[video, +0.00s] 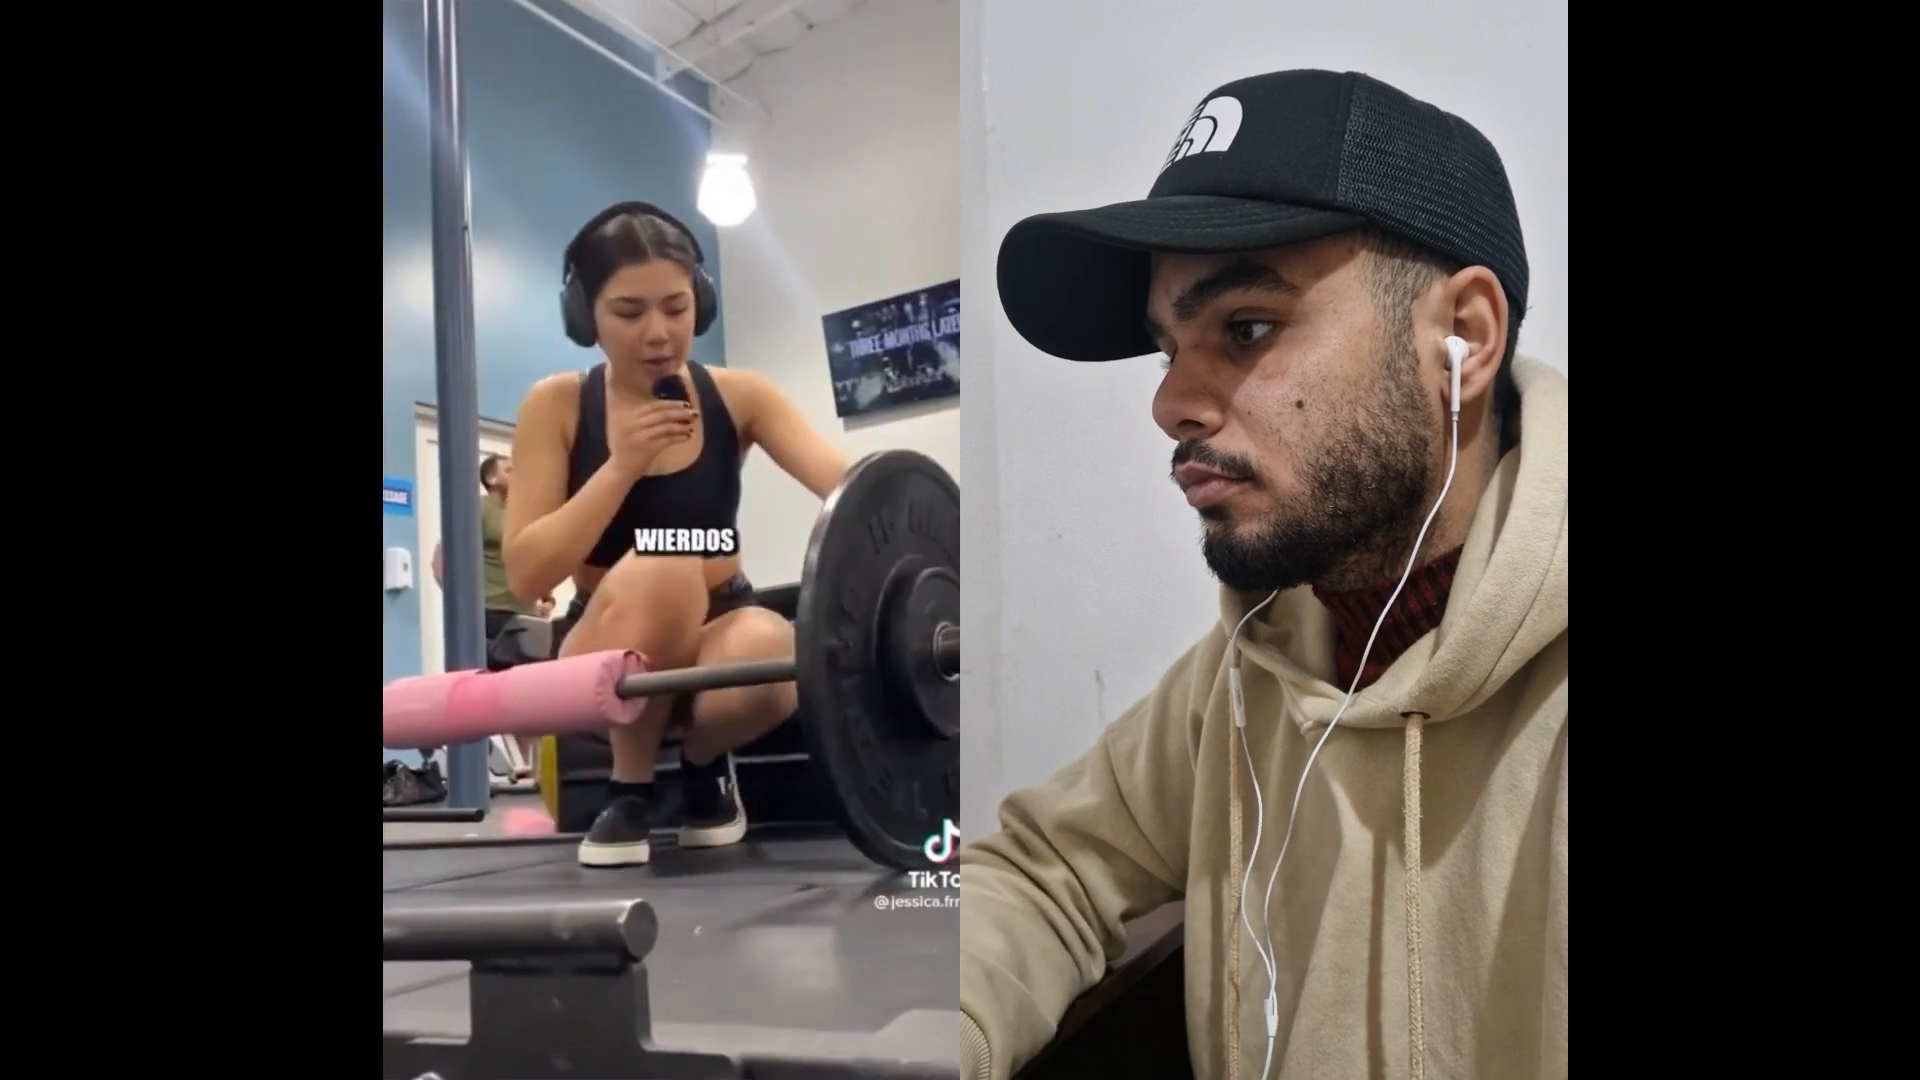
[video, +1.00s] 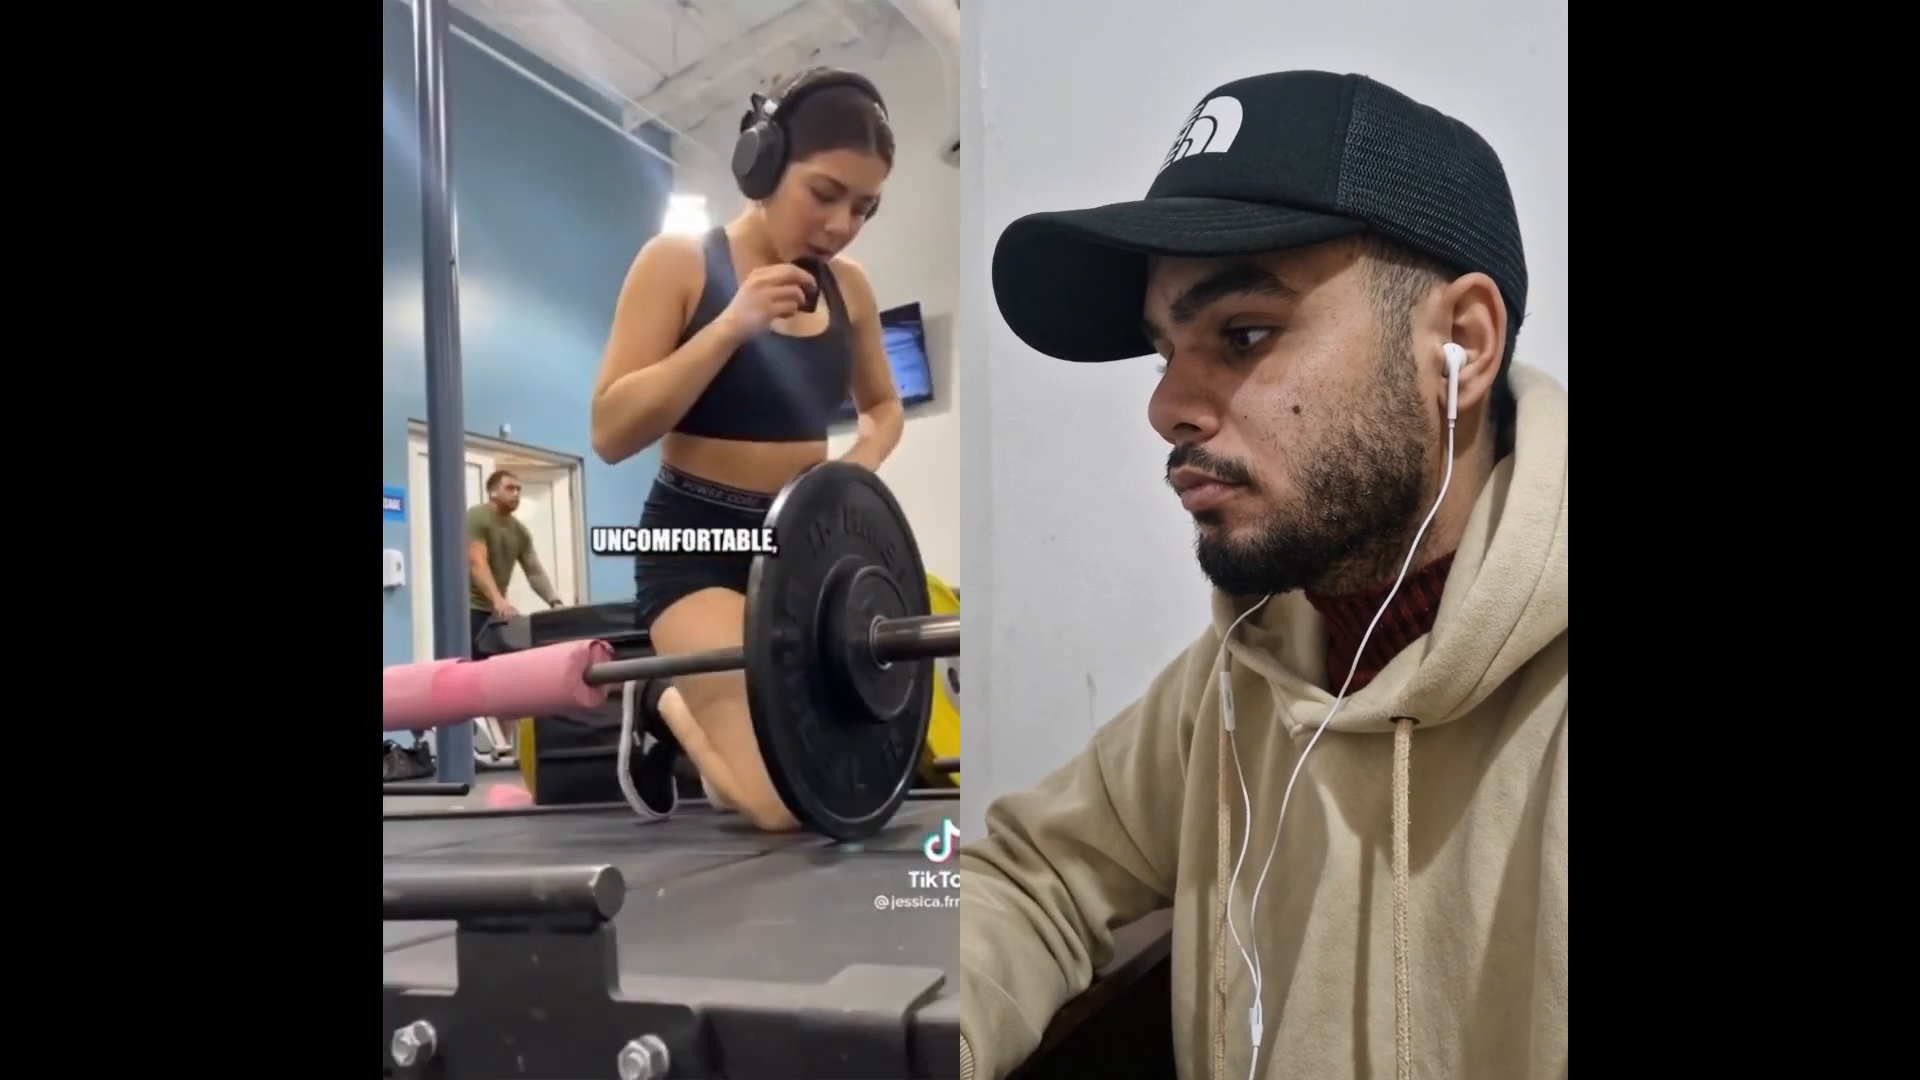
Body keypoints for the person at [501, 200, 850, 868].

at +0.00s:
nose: (659, 333)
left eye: (675, 307)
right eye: (630, 312)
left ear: (697, 304)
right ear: (588, 316)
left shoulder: (742, 397)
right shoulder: (556, 406)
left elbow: (845, 483)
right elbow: (527, 575)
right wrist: (621, 467)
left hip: (721, 632)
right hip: (604, 643)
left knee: (770, 666)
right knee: (665, 573)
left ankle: (700, 759)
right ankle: (631, 791)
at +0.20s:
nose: (645, 314)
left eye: (664, 289)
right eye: (617, 291)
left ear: (689, 285)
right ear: (576, 292)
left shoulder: (730, 376)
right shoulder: (545, 389)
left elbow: (839, 458)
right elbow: (513, 560)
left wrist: (904, 511)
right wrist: (610, 448)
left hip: (726, 627)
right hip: (595, 631)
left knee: (835, 743)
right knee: (753, 605)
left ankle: (675, 749)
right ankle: (638, 784)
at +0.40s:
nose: (656, 304)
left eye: (677, 278)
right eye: (630, 280)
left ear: (701, 273)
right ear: (586, 275)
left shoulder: (740, 358)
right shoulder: (555, 387)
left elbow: (859, 442)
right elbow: (528, 561)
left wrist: (927, 502)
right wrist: (619, 437)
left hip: (748, 606)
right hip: (624, 618)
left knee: (861, 808)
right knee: (789, 650)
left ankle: (705, 754)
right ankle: (642, 771)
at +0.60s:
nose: (850, 179)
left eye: (873, 161)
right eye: (834, 146)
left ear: (887, 159)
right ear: (777, 119)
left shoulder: (856, 250)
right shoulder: (685, 221)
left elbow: (860, 388)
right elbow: (611, 392)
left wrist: (854, 457)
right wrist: (742, 291)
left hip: (819, 512)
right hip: (708, 505)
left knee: (837, 784)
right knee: (782, 799)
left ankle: (702, 735)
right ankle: (626, 721)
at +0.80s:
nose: (841, 185)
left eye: (864, 166)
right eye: (824, 153)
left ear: (878, 164)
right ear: (767, 128)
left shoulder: (853, 249)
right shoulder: (680, 231)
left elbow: (886, 378)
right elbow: (613, 408)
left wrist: (873, 440)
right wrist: (729, 297)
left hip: (822, 513)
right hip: (710, 508)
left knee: (840, 784)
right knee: (783, 803)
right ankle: (632, 698)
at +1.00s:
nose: (839, 225)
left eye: (862, 206)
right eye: (824, 194)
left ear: (875, 203)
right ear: (768, 168)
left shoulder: (846, 284)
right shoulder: (679, 265)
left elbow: (884, 410)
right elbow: (611, 433)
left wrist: (842, 483)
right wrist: (729, 325)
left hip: (806, 542)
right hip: (698, 537)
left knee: (835, 787)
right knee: (785, 807)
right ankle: (668, 704)